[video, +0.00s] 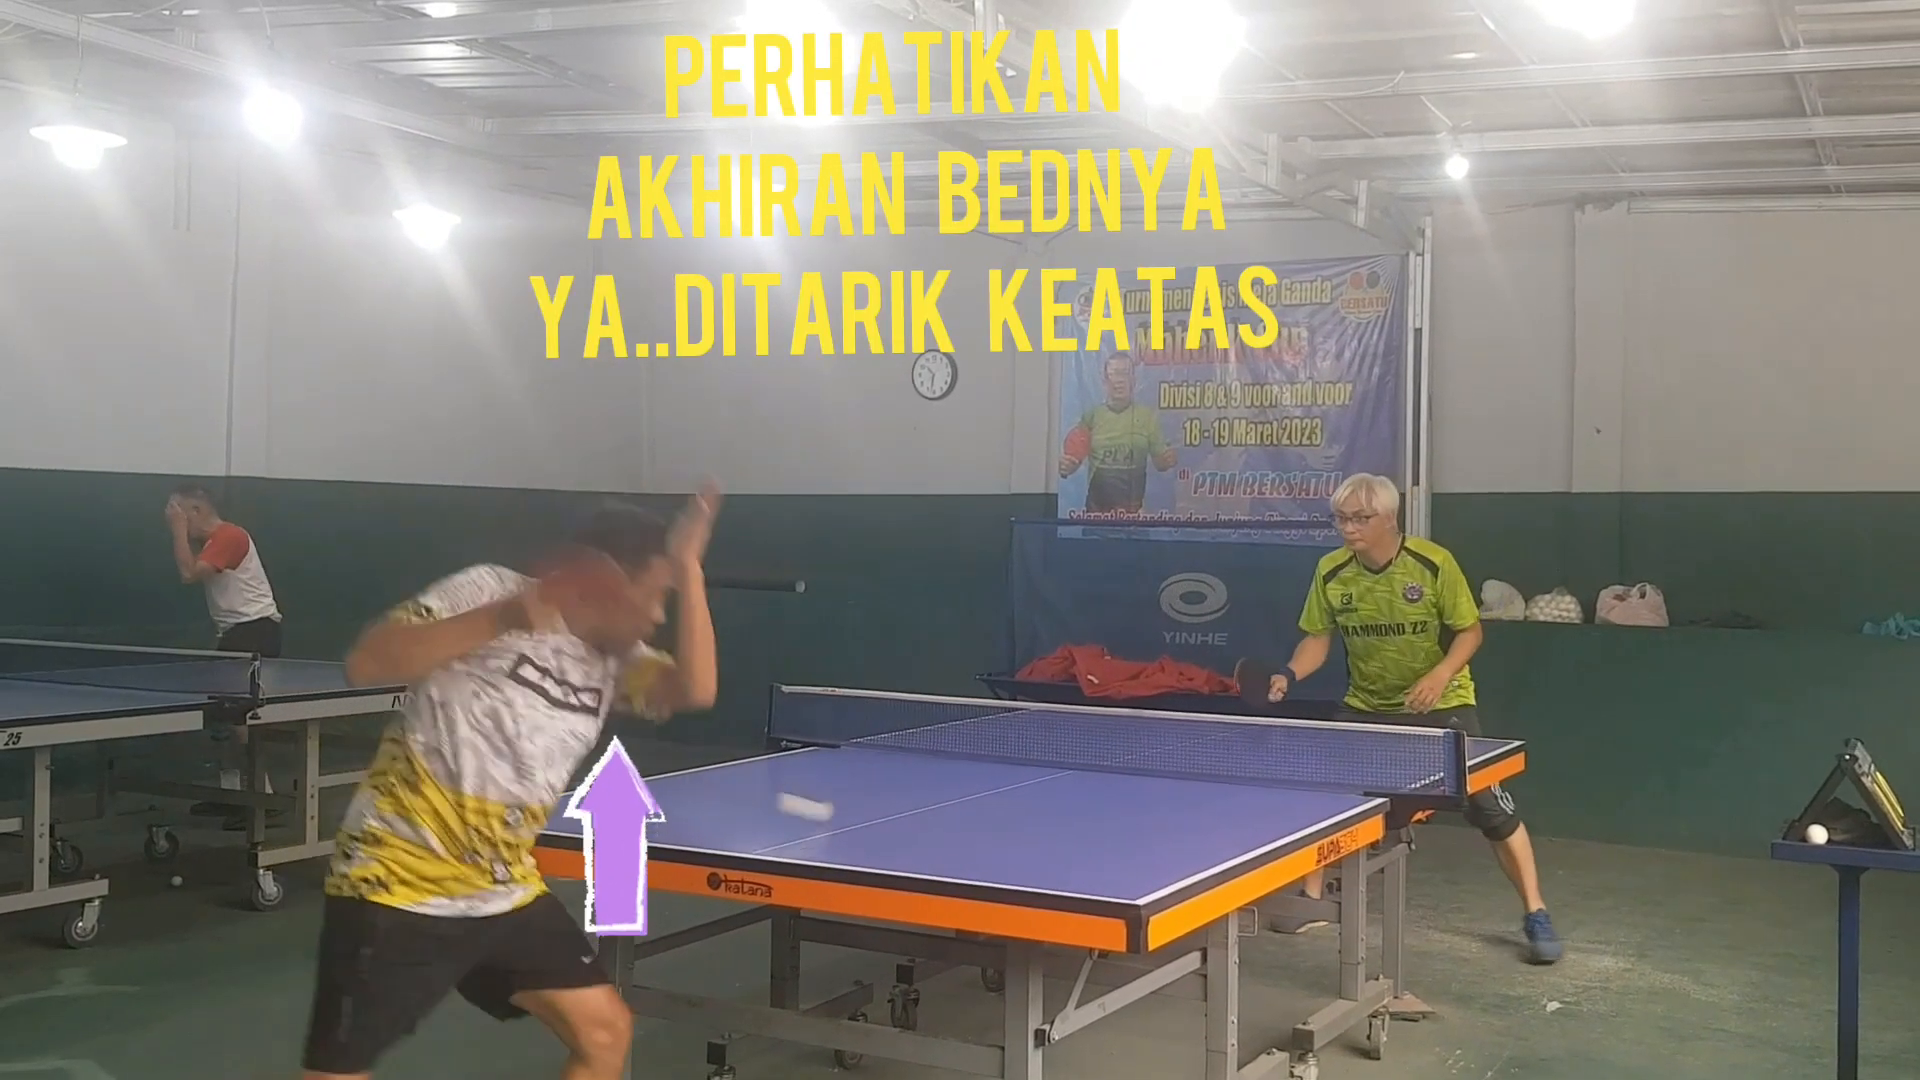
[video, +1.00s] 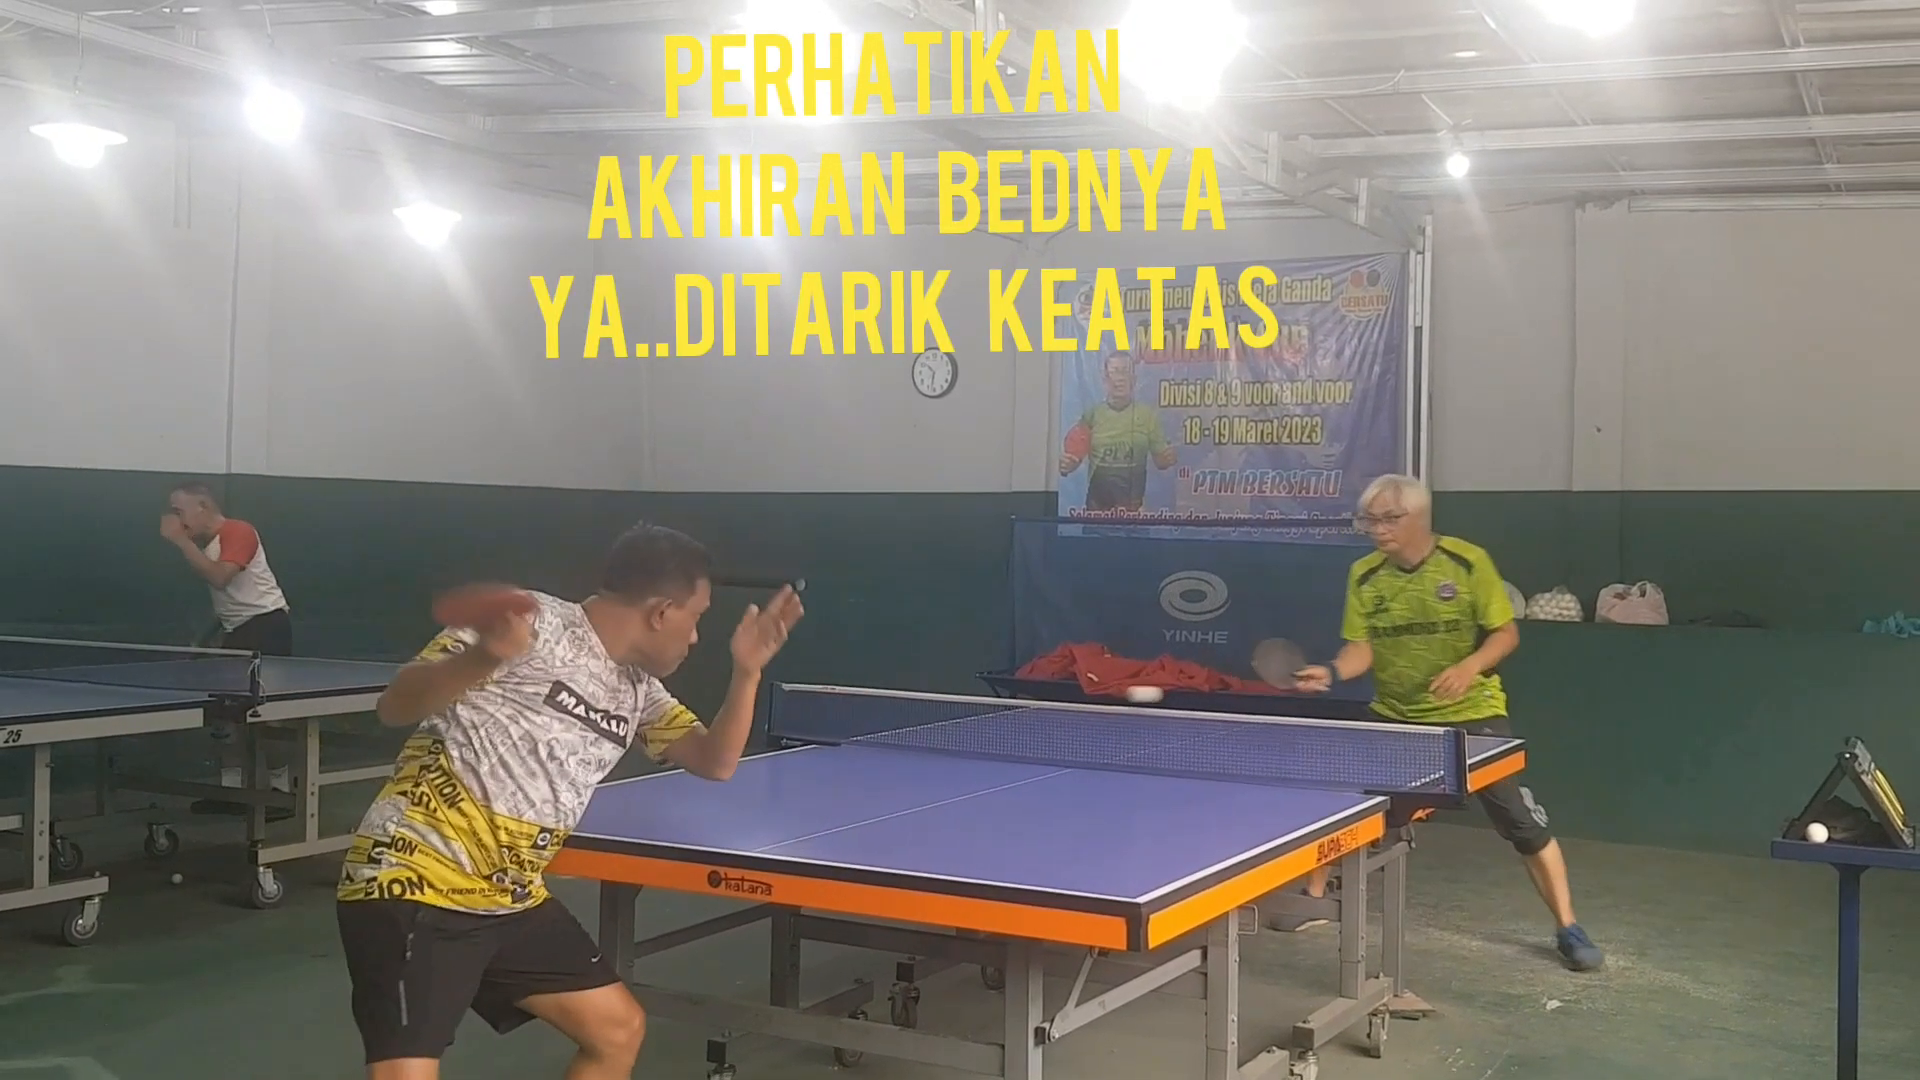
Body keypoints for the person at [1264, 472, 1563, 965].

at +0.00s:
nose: (1347, 529)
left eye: (1358, 519)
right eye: (1342, 519)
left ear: (1387, 519)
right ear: (1337, 522)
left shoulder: (1434, 564)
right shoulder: (1330, 572)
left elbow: (1470, 632)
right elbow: (1317, 638)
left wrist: (1439, 676)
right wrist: (1289, 674)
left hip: (1441, 705)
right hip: (1365, 706)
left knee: (1485, 801)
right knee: (1318, 785)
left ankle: (1535, 911)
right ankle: (1311, 896)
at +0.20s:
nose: (1347, 528)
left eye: (1357, 519)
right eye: (1341, 519)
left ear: (1387, 520)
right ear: (1338, 523)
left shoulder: (1434, 564)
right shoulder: (1332, 573)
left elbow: (1473, 632)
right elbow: (1320, 641)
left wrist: (1442, 675)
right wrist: (1291, 674)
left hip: (1443, 709)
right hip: (1368, 710)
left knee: (1490, 802)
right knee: (1313, 782)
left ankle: (1544, 913)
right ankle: (1313, 894)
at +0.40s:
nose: (1348, 530)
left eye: (1358, 520)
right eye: (1343, 521)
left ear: (1388, 521)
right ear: (1340, 525)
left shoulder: (1436, 564)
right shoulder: (1336, 574)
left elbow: (1477, 633)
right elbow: (1325, 643)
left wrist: (1444, 676)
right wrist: (1294, 674)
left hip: (1447, 710)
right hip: (1371, 711)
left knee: (1495, 804)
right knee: (1315, 782)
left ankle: (1552, 918)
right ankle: (1313, 895)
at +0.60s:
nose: (1358, 531)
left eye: (1368, 521)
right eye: (1352, 522)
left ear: (1398, 521)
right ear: (1348, 527)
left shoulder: (1448, 564)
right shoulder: (1346, 576)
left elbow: (1487, 635)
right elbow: (1338, 647)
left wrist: (1454, 673)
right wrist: (1305, 673)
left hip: (1457, 712)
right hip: (1379, 713)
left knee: (1508, 810)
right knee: (1322, 785)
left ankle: (1558, 919)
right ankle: (1312, 897)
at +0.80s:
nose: (1368, 531)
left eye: (1379, 520)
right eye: (1362, 522)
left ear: (1408, 519)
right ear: (1357, 526)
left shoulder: (1456, 563)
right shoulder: (1354, 575)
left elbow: (1496, 634)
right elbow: (1348, 648)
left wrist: (1460, 671)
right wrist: (1316, 672)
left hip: (1465, 713)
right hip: (1387, 715)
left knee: (1512, 807)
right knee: (1329, 785)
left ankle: (1562, 921)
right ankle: (1315, 896)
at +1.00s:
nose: (1377, 530)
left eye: (1387, 519)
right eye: (1371, 521)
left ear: (1417, 517)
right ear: (1366, 524)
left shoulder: (1469, 563)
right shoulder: (1364, 574)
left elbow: (1506, 635)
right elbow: (1361, 648)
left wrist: (1469, 667)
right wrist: (1331, 671)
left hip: (1473, 719)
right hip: (1393, 719)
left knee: (1522, 816)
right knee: (1335, 794)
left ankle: (1568, 926)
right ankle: (1312, 896)